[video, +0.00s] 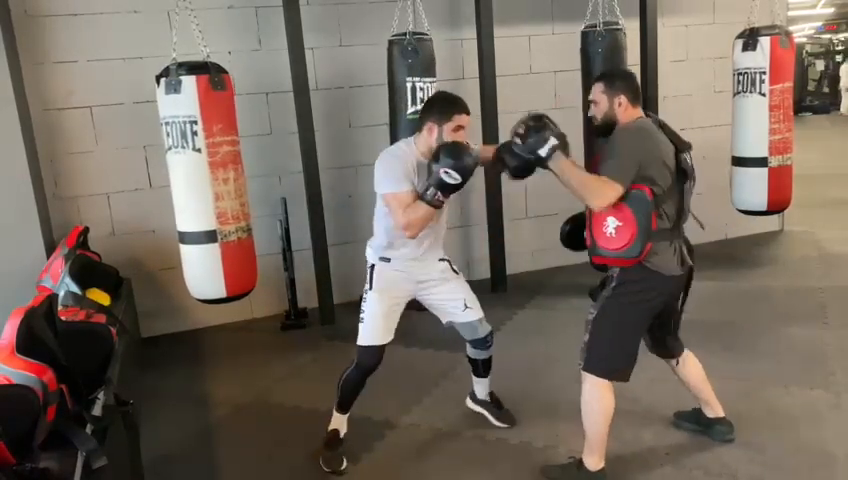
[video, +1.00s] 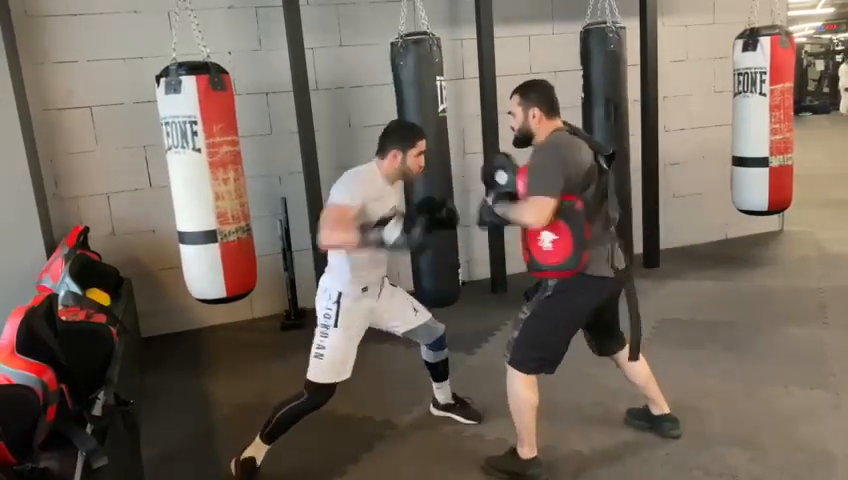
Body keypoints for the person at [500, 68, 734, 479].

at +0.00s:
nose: (591, 110)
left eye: (596, 102)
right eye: (591, 102)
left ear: (620, 101)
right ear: (628, 103)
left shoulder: (630, 137)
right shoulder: (655, 132)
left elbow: (601, 197)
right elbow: (651, 201)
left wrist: (552, 155)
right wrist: (596, 222)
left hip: (642, 272)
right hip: (674, 265)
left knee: (596, 366)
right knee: (669, 344)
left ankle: (592, 464)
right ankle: (715, 415)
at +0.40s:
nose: (584, 113)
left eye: (588, 105)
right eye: (583, 106)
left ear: (614, 104)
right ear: (622, 105)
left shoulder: (621, 139)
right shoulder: (647, 135)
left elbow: (618, 189)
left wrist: (552, 176)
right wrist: (588, 159)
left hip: (626, 268)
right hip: (660, 265)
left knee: (567, 354)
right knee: (667, 344)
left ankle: (547, 453)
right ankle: (713, 415)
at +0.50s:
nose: (567, 119)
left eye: (571, 110)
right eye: (566, 111)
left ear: (595, 110)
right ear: (603, 112)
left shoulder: (609, 148)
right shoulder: (629, 144)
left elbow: (616, 204)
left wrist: (556, 178)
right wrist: (569, 158)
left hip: (615, 278)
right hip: (644, 274)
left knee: (557, 364)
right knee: (660, 348)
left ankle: (529, 454)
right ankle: (712, 415)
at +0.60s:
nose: (550, 118)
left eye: (553, 110)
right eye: (550, 110)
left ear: (576, 111)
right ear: (582, 111)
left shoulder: (602, 152)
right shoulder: (594, 147)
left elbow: (600, 214)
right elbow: (561, 190)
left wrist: (544, 182)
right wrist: (511, 157)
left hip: (594, 281)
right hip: (621, 275)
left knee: (534, 360)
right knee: (653, 349)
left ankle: (527, 456)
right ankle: (707, 414)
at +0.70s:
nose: (531, 114)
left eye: (533, 106)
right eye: (530, 106)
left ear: (552, 106)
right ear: (569, 106)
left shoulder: (566, 143)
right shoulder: (593, 137)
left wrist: (509, 151)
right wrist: (532, 149)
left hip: (582, 273)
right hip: (621, 268)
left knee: (527, 357)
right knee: (644, 338)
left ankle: (527, 455)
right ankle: (692, 405)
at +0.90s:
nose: (509, 128)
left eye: (511, 120)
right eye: (508, 120)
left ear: (532, 119)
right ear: (547, 119)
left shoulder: (526, 153)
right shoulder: (584, 147)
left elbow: (471, 195)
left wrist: (443, 173)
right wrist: (512, 215)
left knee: (513, 361)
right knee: (629, 344)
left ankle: (524, 455)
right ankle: (661, 413)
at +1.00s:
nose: (512, 122)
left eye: (514, 114)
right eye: (511, 114)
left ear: (535, 113)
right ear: (549, 113)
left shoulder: (550, 150)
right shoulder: (576, 141)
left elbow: (536, 215)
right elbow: (565, 201)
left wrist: (498, 208)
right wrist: (519, 185)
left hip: (577, 277)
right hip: (608, 269)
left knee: (522, 361)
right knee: (618, 344)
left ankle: (526, 455)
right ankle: (662, 413)